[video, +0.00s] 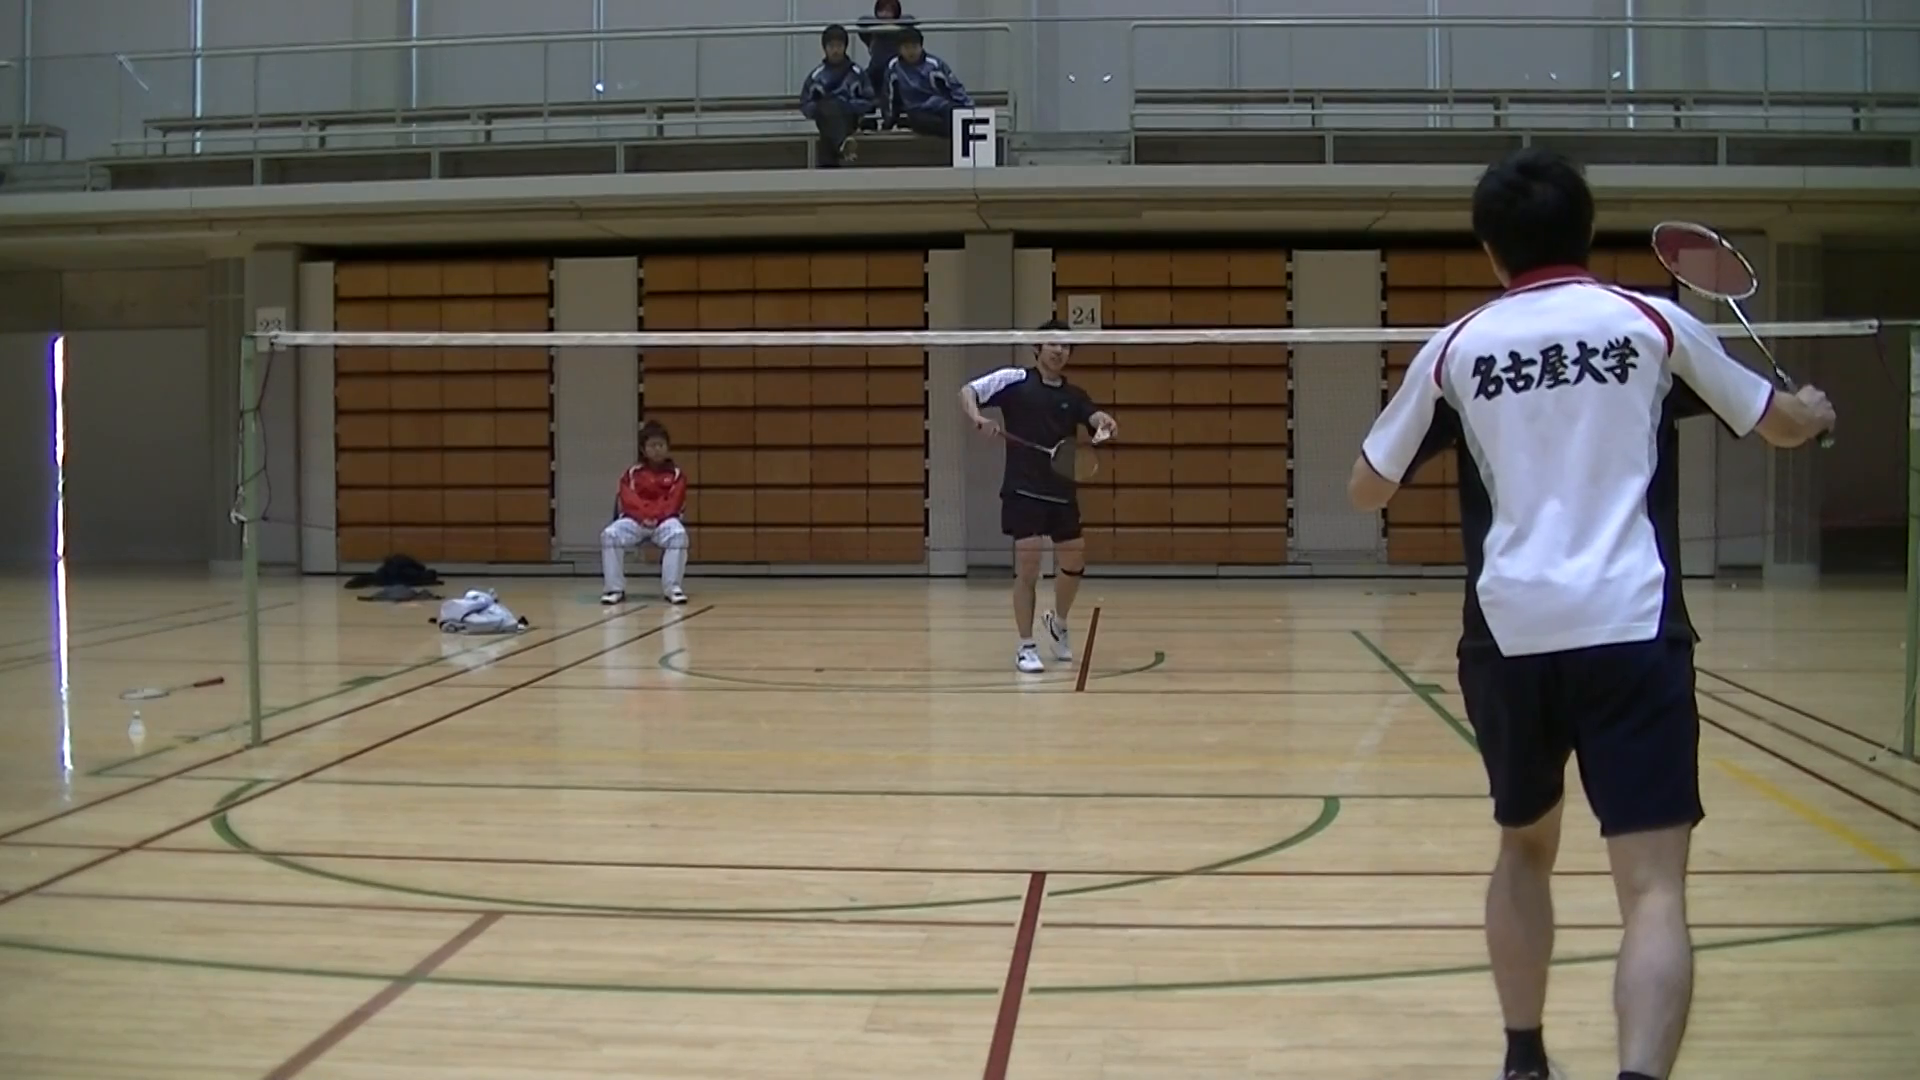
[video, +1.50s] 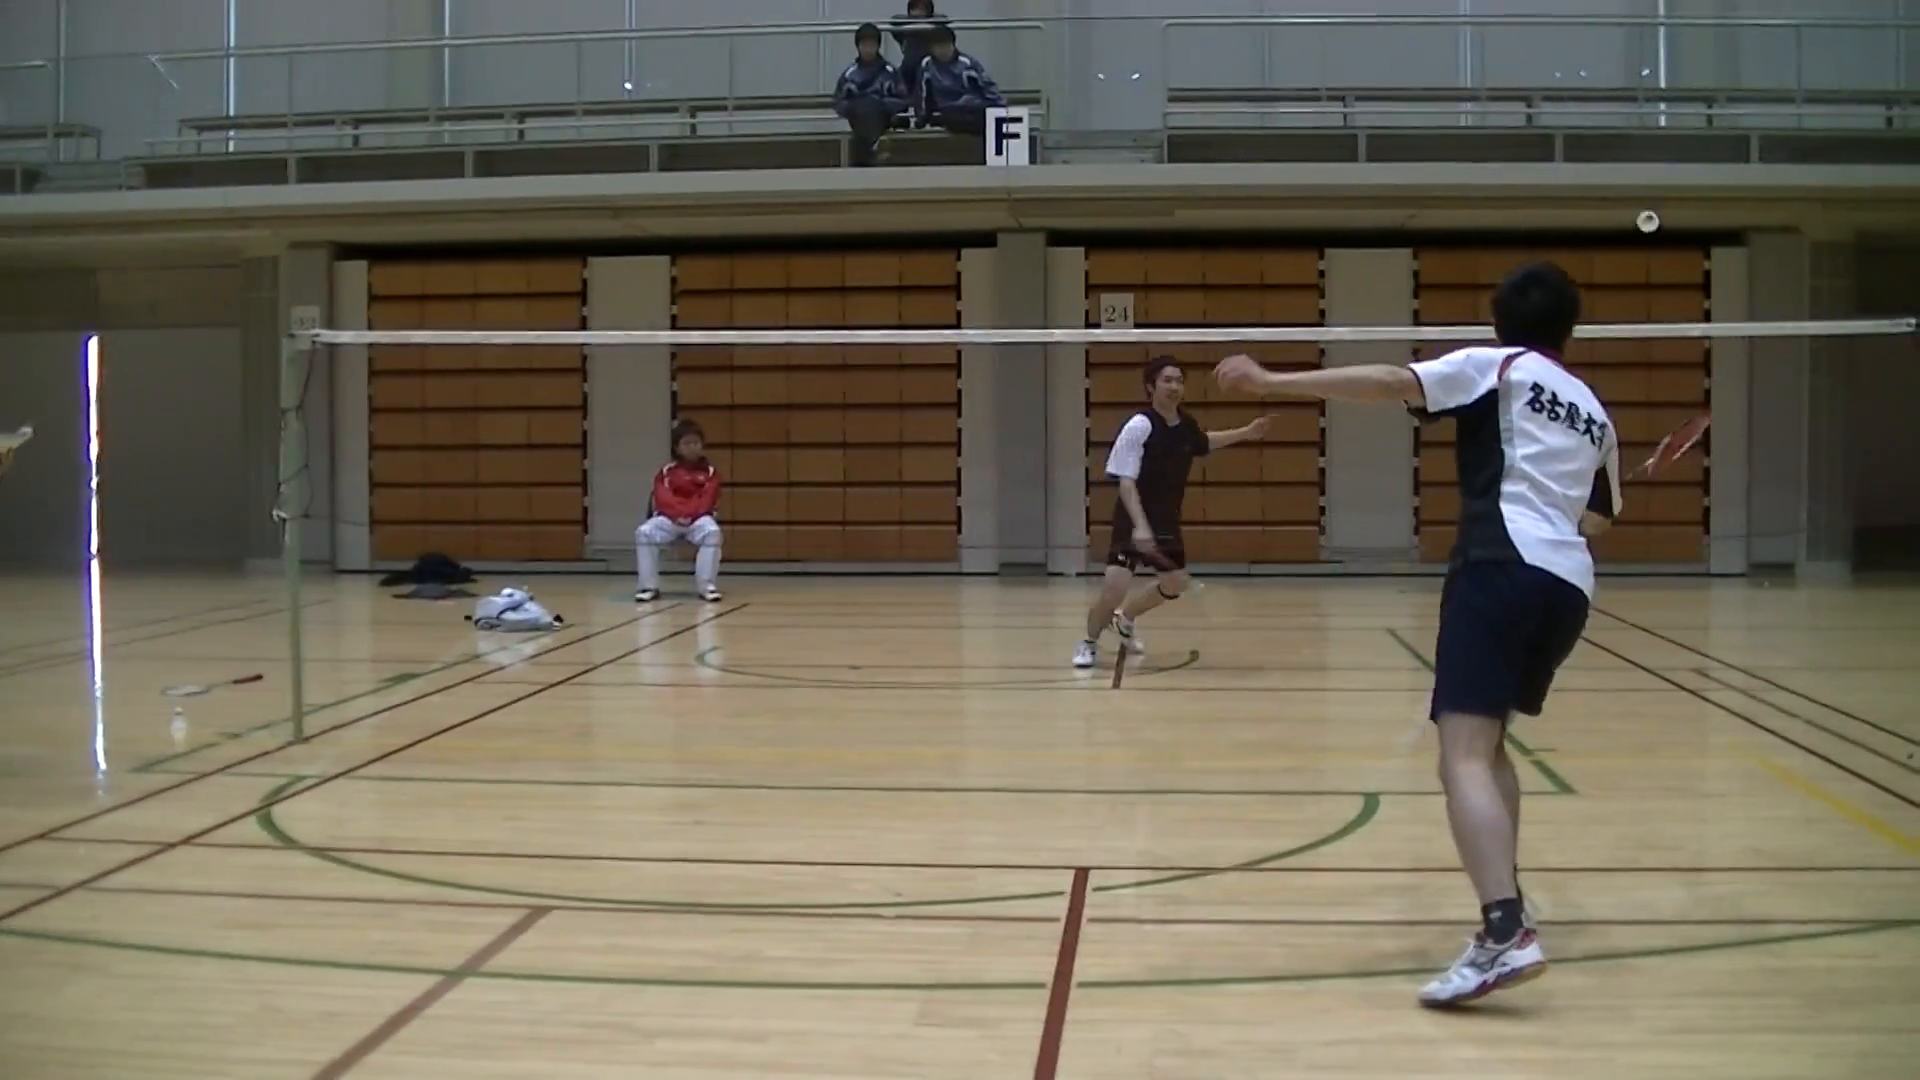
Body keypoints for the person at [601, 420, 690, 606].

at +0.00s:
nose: (657, 450)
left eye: (661, 445)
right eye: (652, 445)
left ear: (667, 447)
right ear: (643, 449)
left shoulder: (676, 475)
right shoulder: (632, 473)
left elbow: (673, 504)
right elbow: (627, 500)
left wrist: (655, 517)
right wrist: (644, 515)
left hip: (664, 520)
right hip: (635, 520)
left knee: (678, 536)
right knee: (610, 535)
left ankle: (673, 587)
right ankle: (615, 589)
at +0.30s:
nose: (657, 449)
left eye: (660, 444)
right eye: (652, 445)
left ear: (667, 447)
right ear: (643, 449)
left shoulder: (676, 474)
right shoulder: (632, 473)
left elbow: (673, 504)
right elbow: (627, 500)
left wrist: (655, 517)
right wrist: (644, 515)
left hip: (663, 520)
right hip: (634, 519)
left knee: (678, 535)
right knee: (610, 535)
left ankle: (672, 587)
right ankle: (614, 589)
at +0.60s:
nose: (656, 449)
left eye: (660, 444)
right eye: (651, 445)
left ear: (667, 447)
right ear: (643, 449)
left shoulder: (676, 474)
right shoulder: (632, 472)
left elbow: (673, 503)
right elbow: (627, 499)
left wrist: (655, 516)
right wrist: (643, 515)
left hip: (663, 519)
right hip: (634, 519)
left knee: (678, 535)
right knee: (609, 535)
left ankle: (672, 587)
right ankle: (614, 588)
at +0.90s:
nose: (656, 449)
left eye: (659, 444)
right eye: (650, 445)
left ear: (666, 447)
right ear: (642, 449)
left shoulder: (675, 474)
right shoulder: (630, 473)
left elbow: (672, 503)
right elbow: (626, 499)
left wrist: (654, 516)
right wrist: (642, 515)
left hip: (662, 519)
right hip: (633, 519)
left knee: (677, 535)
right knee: (609, 535)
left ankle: (671, 587)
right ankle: (613, 589)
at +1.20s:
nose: (697, 449)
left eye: (702, 444)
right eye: (692, 444)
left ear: (708, 447)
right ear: (683, 449)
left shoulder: (716, 475)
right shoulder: (673, 473)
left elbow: (713, 506)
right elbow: (668, 503)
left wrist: (691, 515)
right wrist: (684, 517)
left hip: (704, 520)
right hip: (676, 520)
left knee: (718, 534)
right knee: (651, 534)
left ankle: (714, 587)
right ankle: (654, 589)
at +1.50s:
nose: (692, 448)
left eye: (696, 443)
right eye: (686, 443)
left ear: (702, 445)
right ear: (676, 448)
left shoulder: (710, 472)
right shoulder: (666, 471)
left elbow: (707, 501)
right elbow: (662, 500)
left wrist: (689, 515)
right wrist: (679, 514)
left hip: (698, 518)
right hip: (670, 518)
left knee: (713, 533)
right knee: (644, 533)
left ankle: (706, 585)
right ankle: (648, 587)